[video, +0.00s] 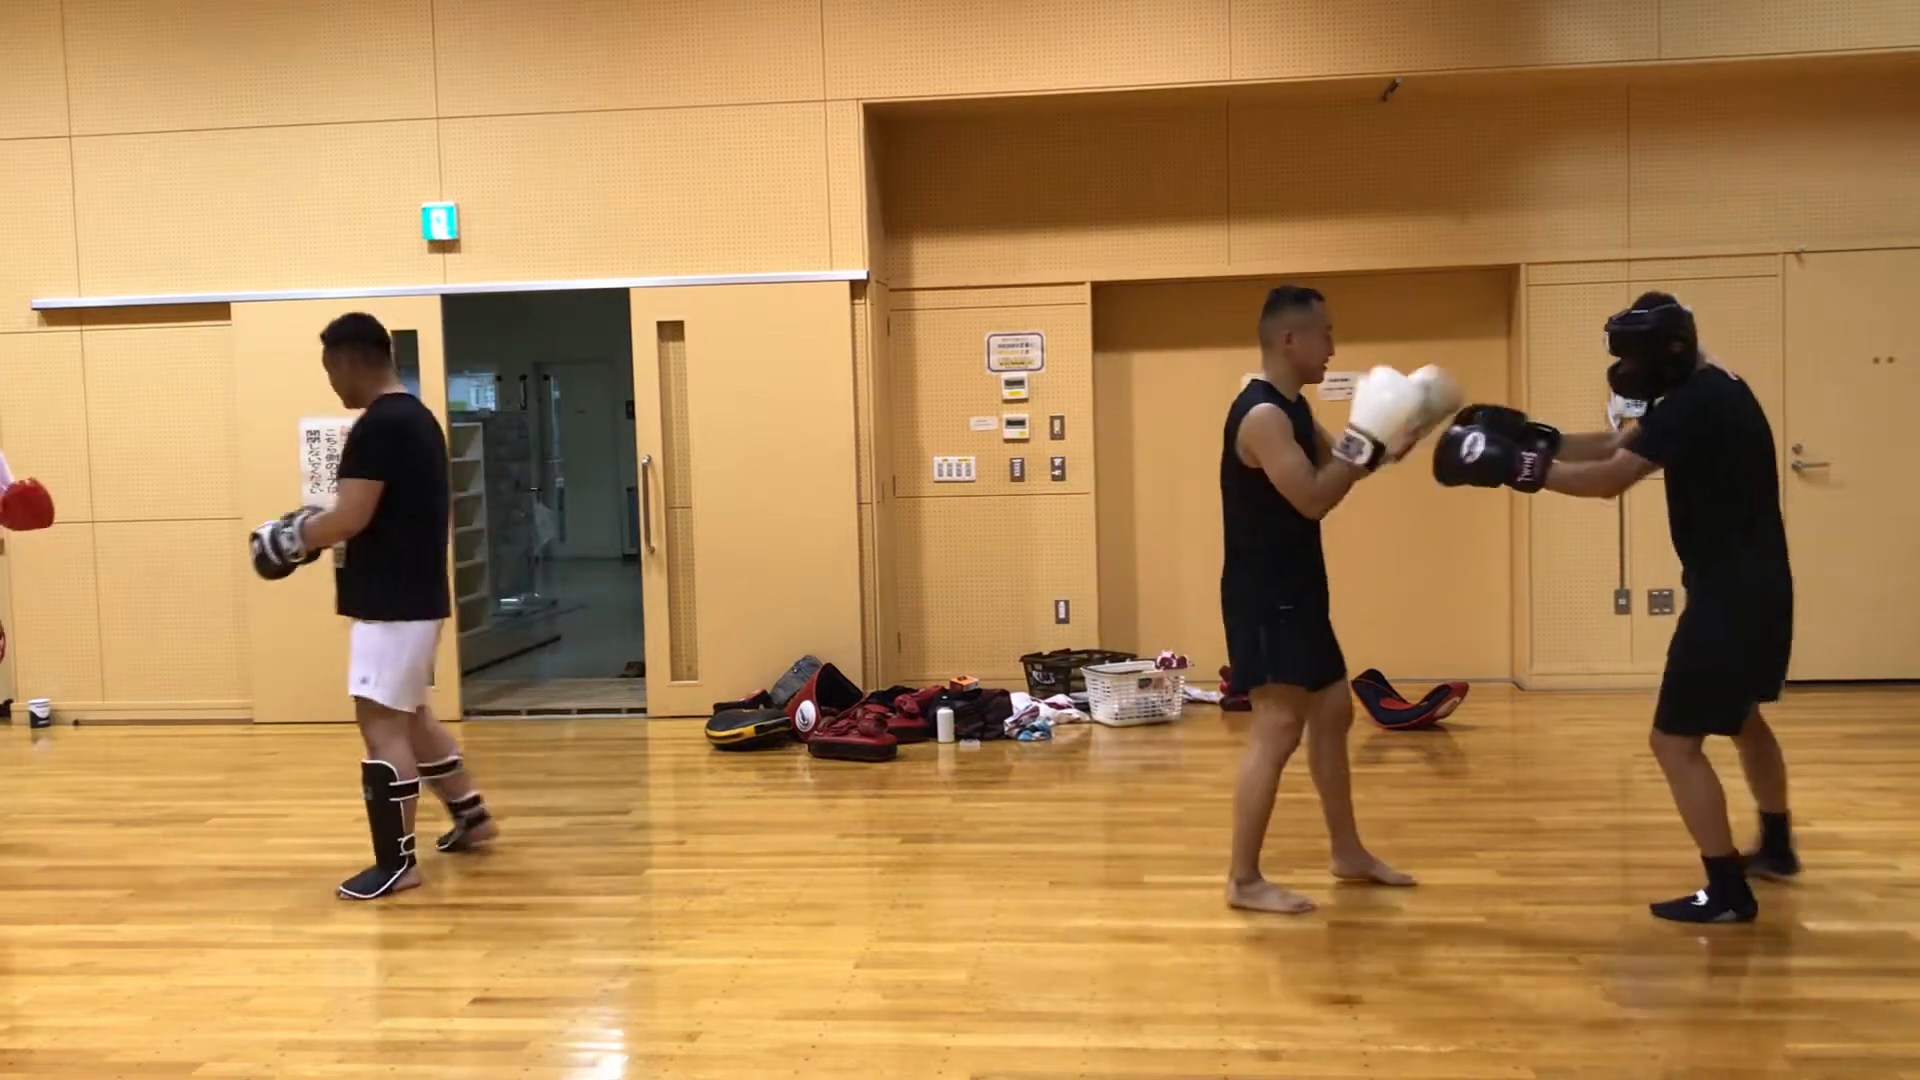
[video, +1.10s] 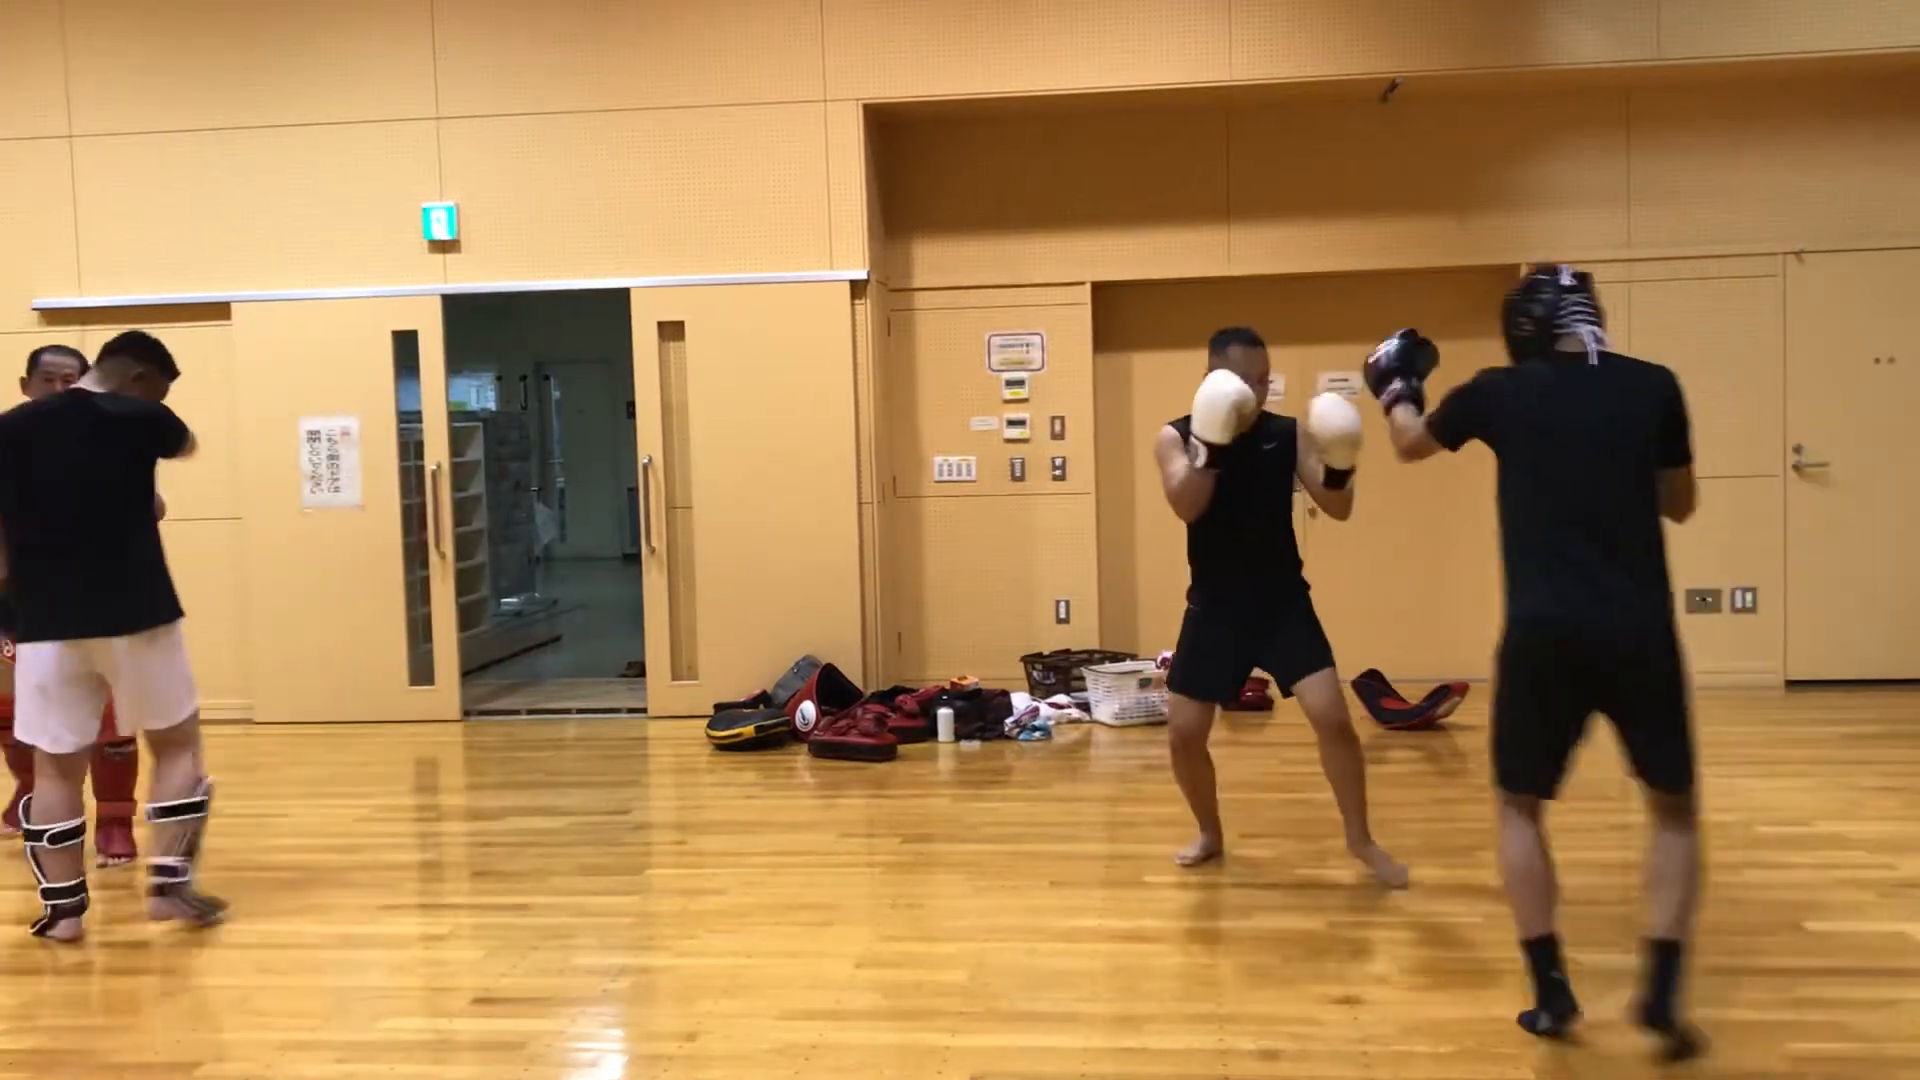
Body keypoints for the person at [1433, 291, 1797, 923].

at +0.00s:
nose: (1616, 367)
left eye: (1628, 356)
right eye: (1616, 355)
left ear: (1670, 354)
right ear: (1674, 354)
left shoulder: (1691, 406)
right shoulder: (1714, 389)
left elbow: (1608, 481)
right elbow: (1619, 444)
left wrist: (1522, 467)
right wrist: (1539, 439)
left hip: (1725, 598)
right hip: (1756, 590)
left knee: (1674, 741)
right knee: (1742, 717)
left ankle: (1726, 891)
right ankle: (1776, 845)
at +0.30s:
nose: (1644, 362)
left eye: (1651, 350)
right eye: (1643, 350)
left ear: (1683, 345)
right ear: (1712, 334)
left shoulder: (1703, 400)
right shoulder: (1765, 386)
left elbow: (1624, 474)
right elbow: (1678, 458)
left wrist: (1554, 422)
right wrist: (1610, 428)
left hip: (1722, 605)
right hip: (1784, 596)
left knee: (1698, 746)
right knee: (1782, 746)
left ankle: (1728, 889)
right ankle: (1869, 884)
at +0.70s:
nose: (1652, 358)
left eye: (1652, 347)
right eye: (1653, 348)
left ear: (1666, 344)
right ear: (1727, 326)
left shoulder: (1676, 396)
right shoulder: (1804, 391)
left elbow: (1609, 499)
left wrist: (1592, 434)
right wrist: (1660, 400)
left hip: (1704, 625)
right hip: (1797, 626)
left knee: (1630, 765)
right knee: (1827, 794)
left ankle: (1628, 932)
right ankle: (1878, 981)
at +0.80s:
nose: (1629, 378)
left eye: (1630, 367)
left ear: (1643, 367)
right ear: (1710, 347)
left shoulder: (1644, 434)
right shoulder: (1783, 417)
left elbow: (1590, 546)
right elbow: (1797, 521)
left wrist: (1571, 473)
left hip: (1681, 663)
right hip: (1778, 660)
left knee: (1607, 807)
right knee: (1821, 823)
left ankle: (1579, 969)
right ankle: (1877, 996)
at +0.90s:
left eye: (1606, 359)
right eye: (1690, 339)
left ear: (1615, 362)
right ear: (1688, 349)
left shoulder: (1604, 429)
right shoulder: (1752, 413)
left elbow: (1540, 536)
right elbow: (1785, 525)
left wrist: (1532, 466)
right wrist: (1728, 473)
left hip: (1645, 662)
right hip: (1744, 660)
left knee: (1589, 824)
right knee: (1802, 815)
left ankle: (1569, 1000)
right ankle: (1872, 1000)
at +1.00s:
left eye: (1557, 346)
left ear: (1567, 347)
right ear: (1638, 338)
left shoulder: (1546, 409)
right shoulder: (1696, 401)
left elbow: (1449, 477)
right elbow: (1733, 513)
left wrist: (1446, 414)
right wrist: (1664, 476)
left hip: (1589, 654)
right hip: (1689, 651)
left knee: (1557, 821)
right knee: (1754, 810)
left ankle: (1565, 1008)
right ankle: (1808, 998)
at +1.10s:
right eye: (1586, 312)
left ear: (1520, 333)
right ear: (1592, 325)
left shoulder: (1499, 391)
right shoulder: (1653, 385)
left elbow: (1410, 443)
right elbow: (1679, 501)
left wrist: (1394, 389)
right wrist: (1616, 454)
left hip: (1542, 634)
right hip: (1640, 634)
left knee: (1519, 807)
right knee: (1673, 808)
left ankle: (1552, 995)